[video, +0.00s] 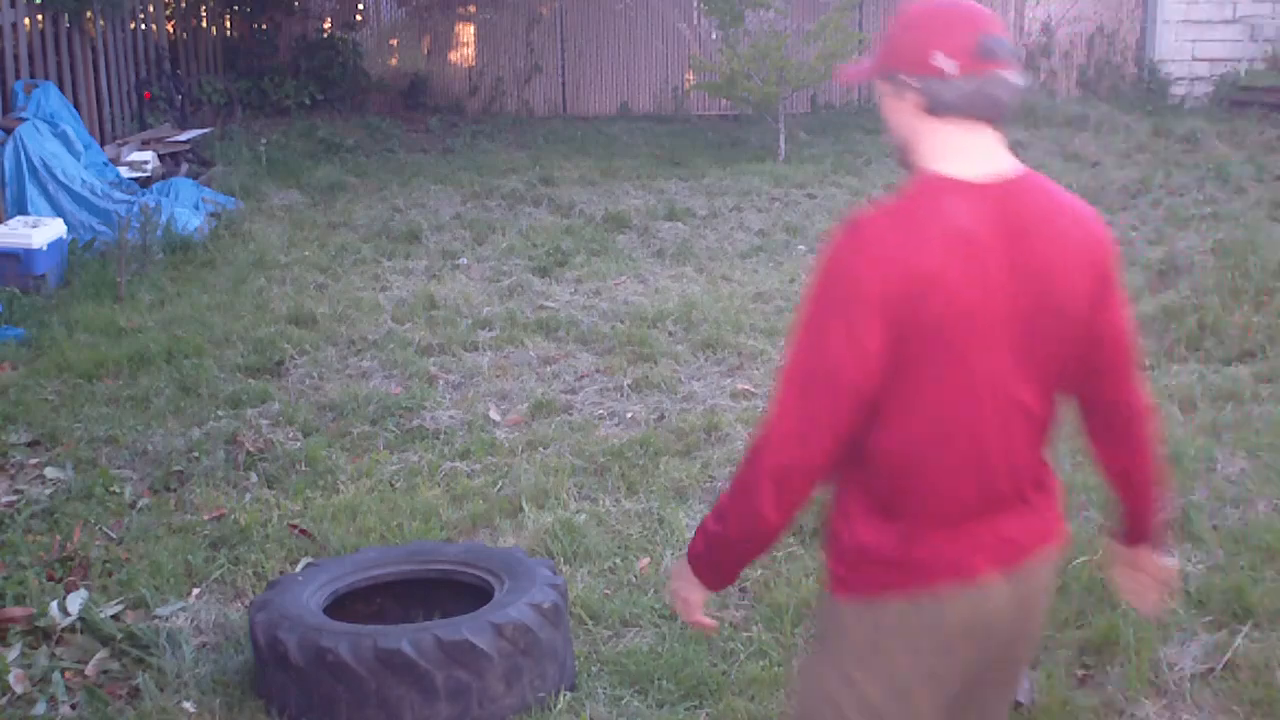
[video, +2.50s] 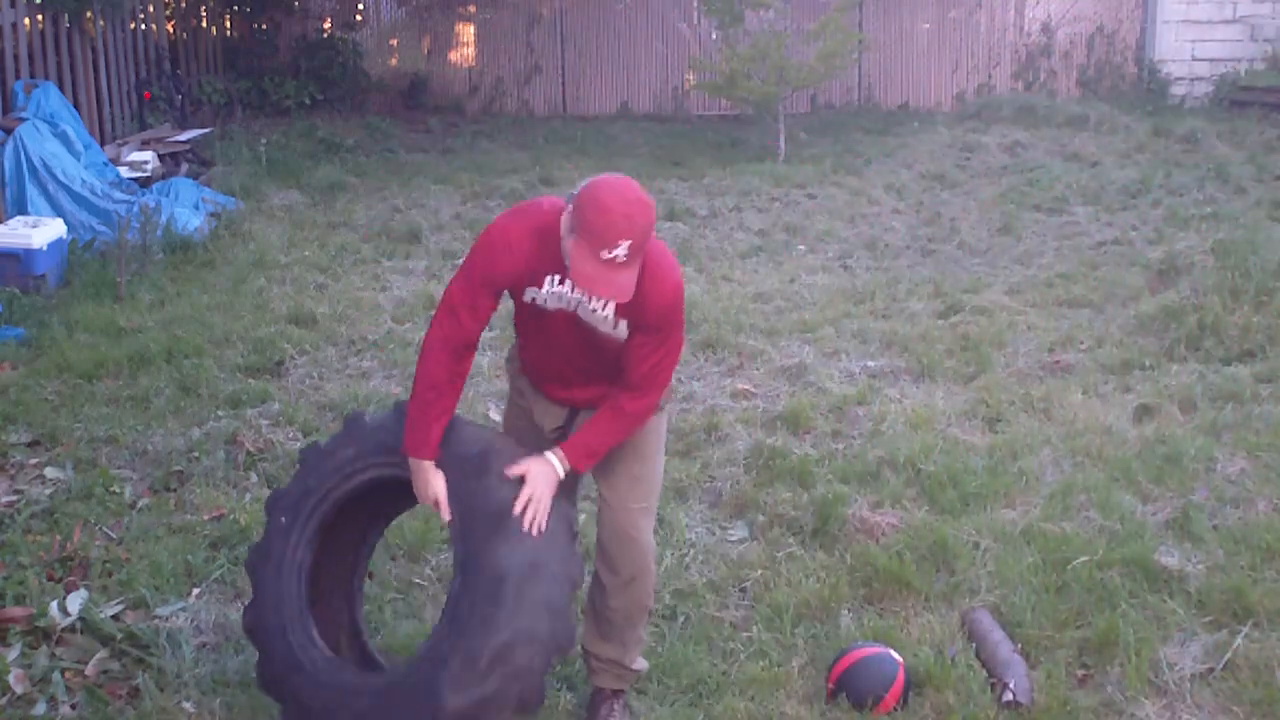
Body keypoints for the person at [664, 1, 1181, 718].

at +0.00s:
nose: (881, 110)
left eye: (884, 93)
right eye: (881, 94)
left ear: (910, 98)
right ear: (996, 95)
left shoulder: (881, 243)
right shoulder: (1076, 228)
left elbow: (800, 438)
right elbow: (1116, 397)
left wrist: (706, 561)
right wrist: (1145, 528)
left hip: (902, 591)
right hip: (1028, 567)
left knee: (841, 704)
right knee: (984, 708)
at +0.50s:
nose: (576, 108)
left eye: (576, 95)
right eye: (573, 96)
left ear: (595, 99)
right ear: (667, 79)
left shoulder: (605, 219)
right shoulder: (762, 166)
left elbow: (587, 400)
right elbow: (808, 302)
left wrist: (557, 541)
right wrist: (746, 370)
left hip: (645, 487)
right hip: (755, 472)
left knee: (583, 653)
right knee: (772, 641)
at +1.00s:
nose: (480, 162)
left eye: (479, 149)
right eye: (474, 151)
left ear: (510, 135)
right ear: (536, 116)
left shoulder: (565, 211)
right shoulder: (618, 162)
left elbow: (562, 369)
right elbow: (635, 294)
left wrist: (449, 414)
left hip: (599, 432)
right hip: (655, 407)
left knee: (527, 603)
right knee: (615, 545)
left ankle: (571, 709)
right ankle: (635, 667)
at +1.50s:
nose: (423, 265)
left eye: (423, 254)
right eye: (414, 257)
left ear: (445, 223)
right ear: (437, 219)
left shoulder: (541, 257)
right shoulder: (455, 239)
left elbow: (600, 382)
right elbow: (465, 334)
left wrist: (544, 466)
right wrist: (470, 424)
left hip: (623, 373)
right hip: (549, 366)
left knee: (582, 521)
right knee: (518, 468)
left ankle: (598, 686)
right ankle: (527, 597)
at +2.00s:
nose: (444, 411)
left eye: (448, 399)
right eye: (436, 407)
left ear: (468, 360)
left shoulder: (548, 355)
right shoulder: (437, 352)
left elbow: (620, 429)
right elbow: (440, 442)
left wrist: (546, 493)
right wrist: (450, 536)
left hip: (627, 392)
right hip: (529, 397)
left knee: (592, 510)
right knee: (468, 496)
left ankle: (598, 682)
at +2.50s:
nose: (600, 284)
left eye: (615, 274)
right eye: (591, 271)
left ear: (641, 249)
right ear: (566, 230)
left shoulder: (660, 282)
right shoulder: (515, 237)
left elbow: (639, 395)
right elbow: (452, 333)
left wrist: (561, 460)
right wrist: (421, 452)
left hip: (628, 402)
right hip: (537, 390)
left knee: (628, 540)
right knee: (513, 529)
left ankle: (611, 686)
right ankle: (500, 667)